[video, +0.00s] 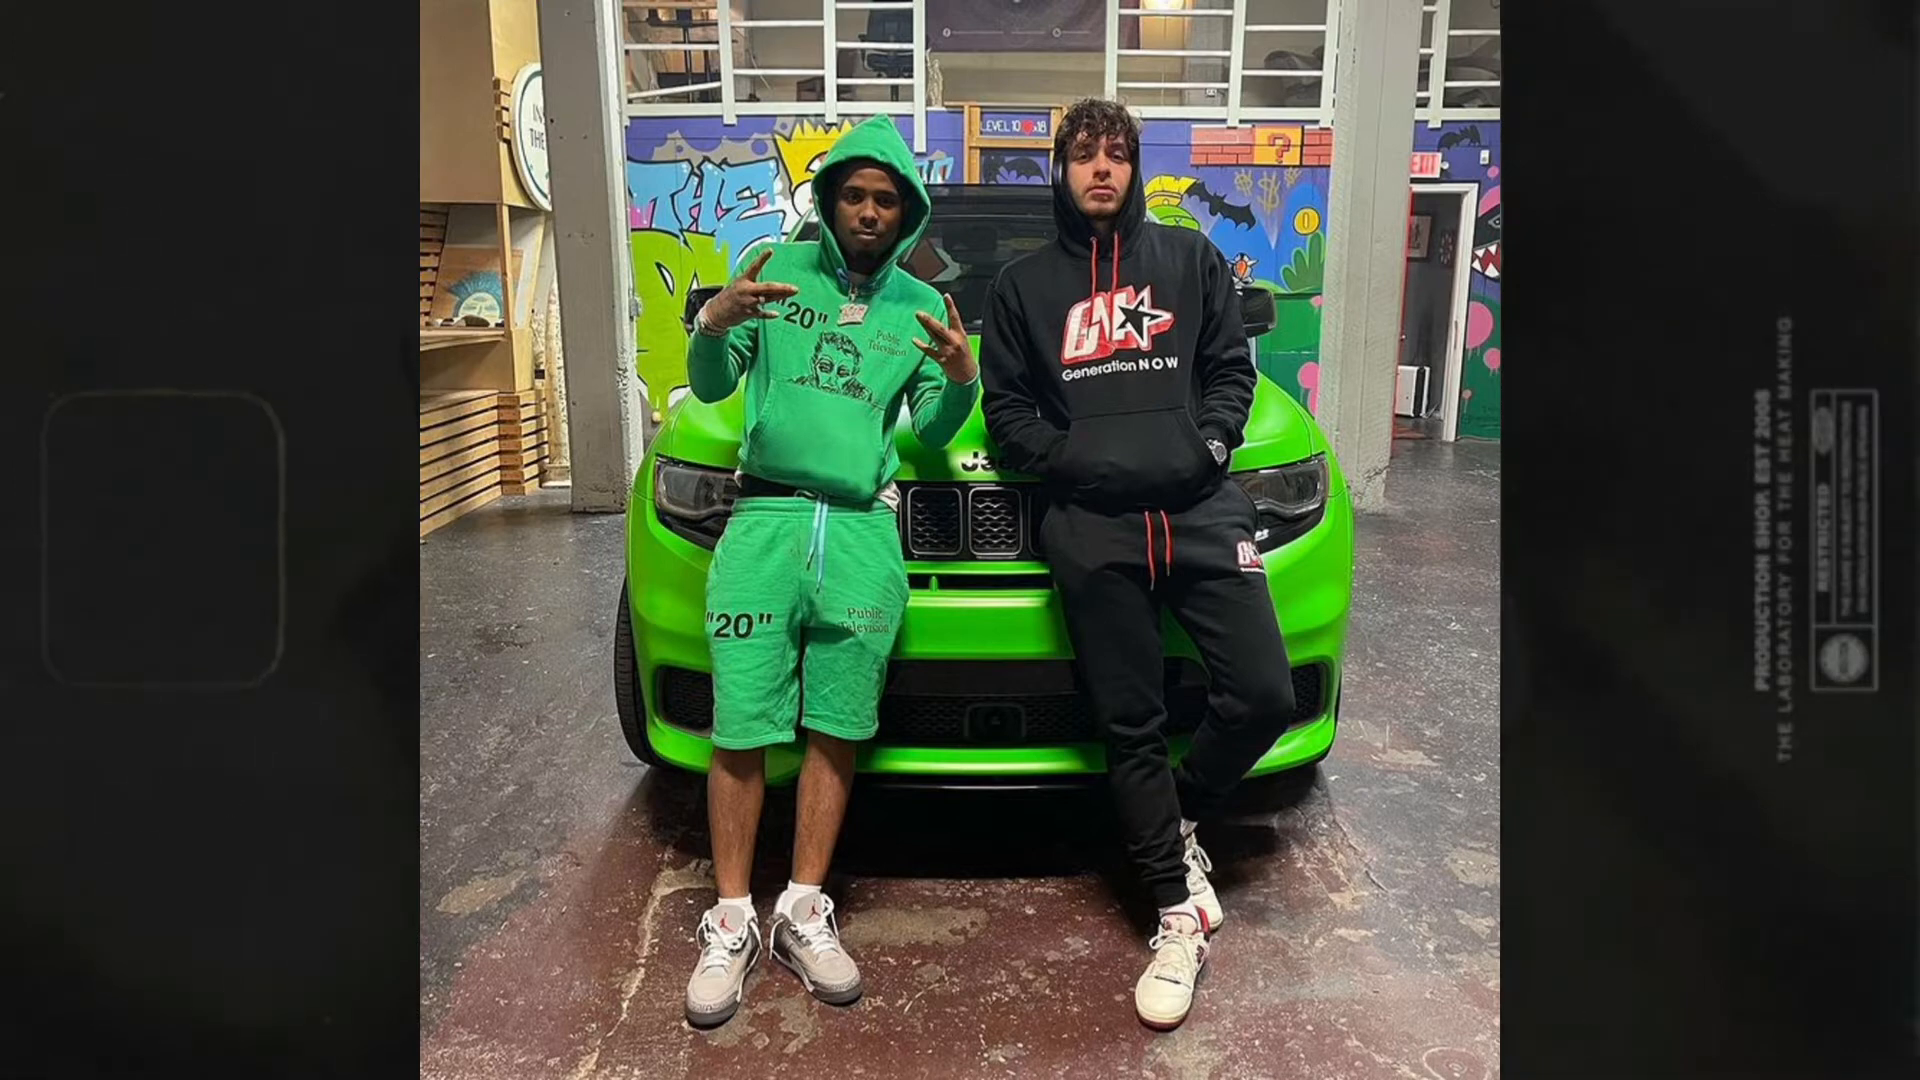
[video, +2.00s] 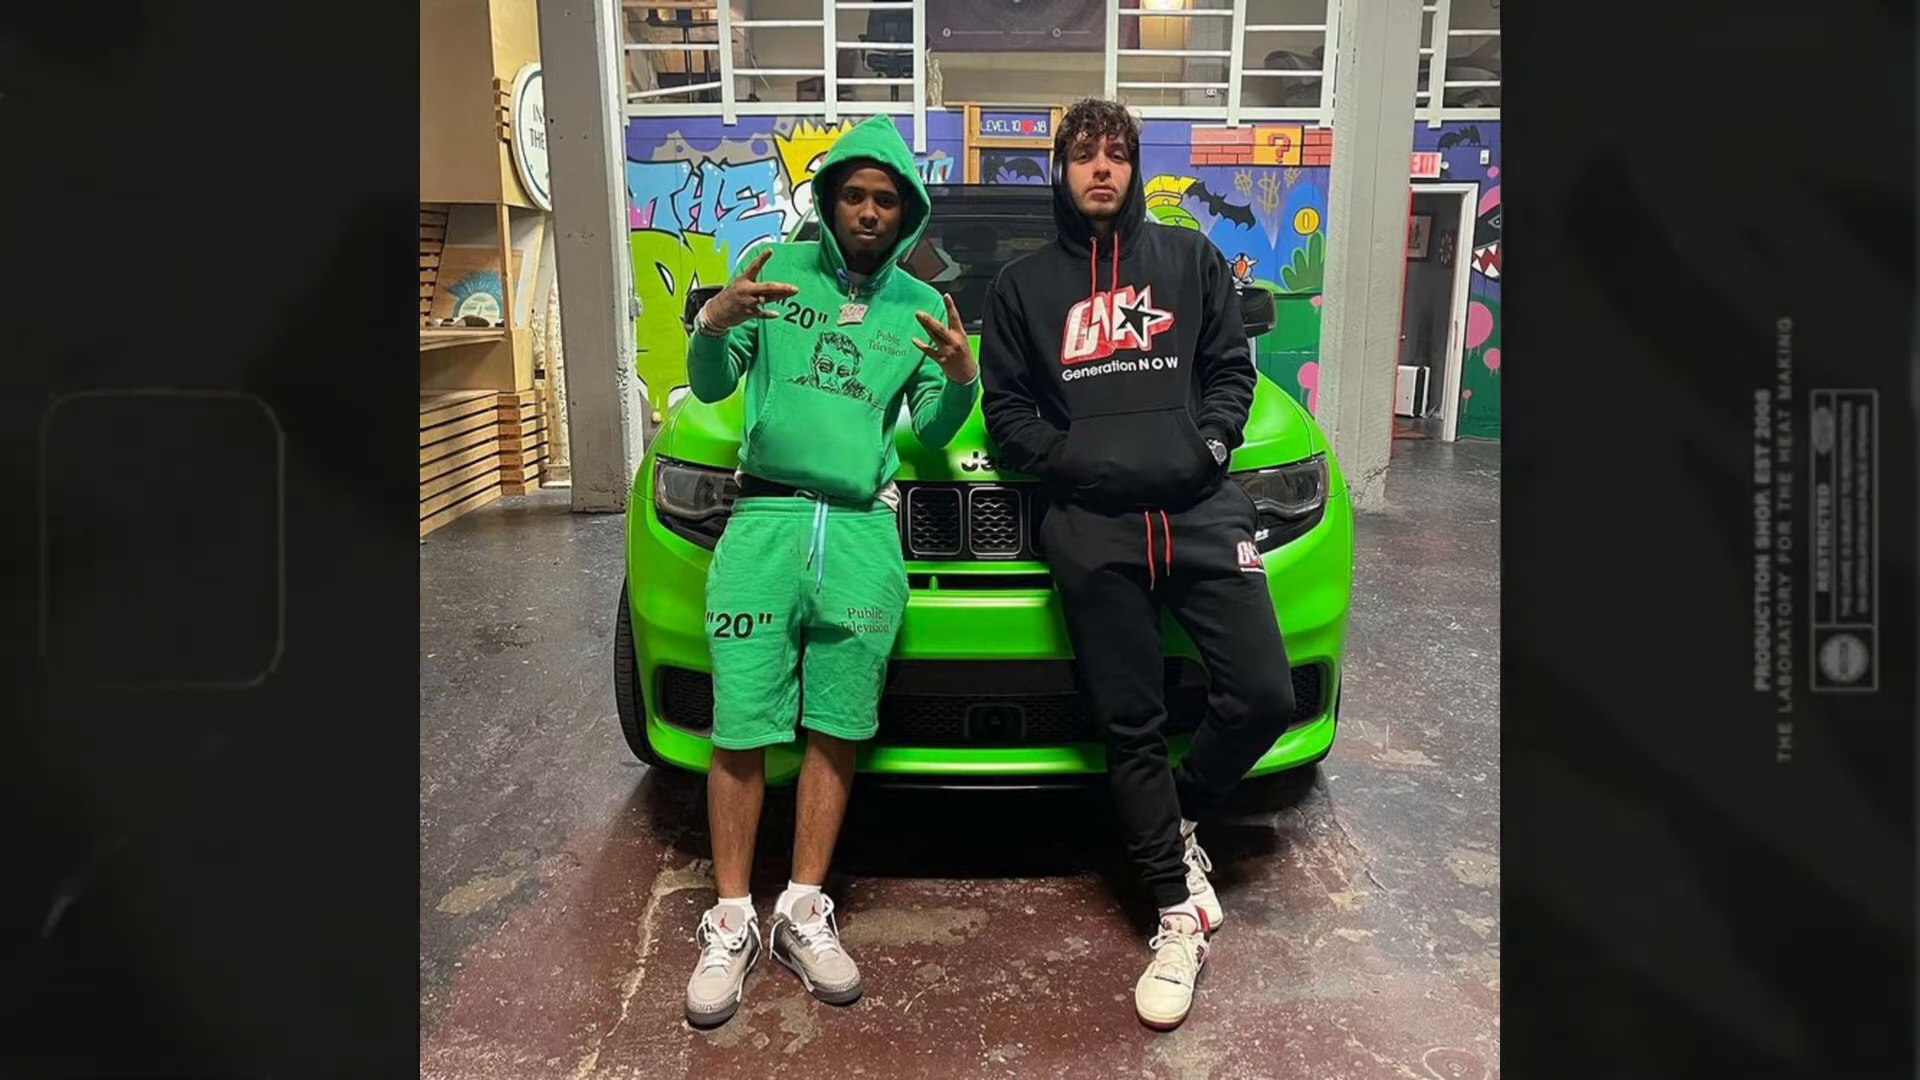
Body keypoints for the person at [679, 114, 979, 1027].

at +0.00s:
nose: (868, 212)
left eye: (885, 198)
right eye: (854, 196)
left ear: (907, 212)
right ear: (827, 202)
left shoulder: (923, 305)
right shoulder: (776, 268)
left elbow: (923, 439)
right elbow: (712, 384)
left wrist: (961, 380)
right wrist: (713, 321)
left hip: (861, 527)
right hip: (763, 517)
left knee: (838, 728)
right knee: (741, 728)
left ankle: (805, 908)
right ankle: (732, 919)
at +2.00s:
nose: (868, 212)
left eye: (885, 198)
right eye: (854, 196)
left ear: (907, 212)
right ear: (827, 202)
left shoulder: (923, 305)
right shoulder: (776, 268)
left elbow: (923, 439)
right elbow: (712, 384)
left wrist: (961, 380)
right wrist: (713, 321)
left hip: (861, 527)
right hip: (763, 517)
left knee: (838, 728)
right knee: (741, 728)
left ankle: (805, 908)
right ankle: (732, 919)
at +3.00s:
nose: (868, 212)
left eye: (885, 198)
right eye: (854, 196)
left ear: (907, 212)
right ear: (827, 202)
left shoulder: (923, 305)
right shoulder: (776, 268)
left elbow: (923, 439)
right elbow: (712, 384)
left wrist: (961, 380)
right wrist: (713, 321)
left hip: (861, 527)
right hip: (763, 517)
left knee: (838, 728)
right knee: (741, 728)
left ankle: (805, 908)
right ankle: (732, 919)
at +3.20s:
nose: (868, 212)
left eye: (885, 198)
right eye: (854, 196)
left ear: (907, 212)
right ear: (827, 202)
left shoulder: (923, 305)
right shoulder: (776, 268)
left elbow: (923, 439)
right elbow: (712, 384)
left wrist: (961, 380)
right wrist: (713, 321)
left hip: (861, 527)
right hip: (763, 517)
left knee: (838, 728)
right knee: (741, 728)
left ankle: (805, 908)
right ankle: (732, 919)